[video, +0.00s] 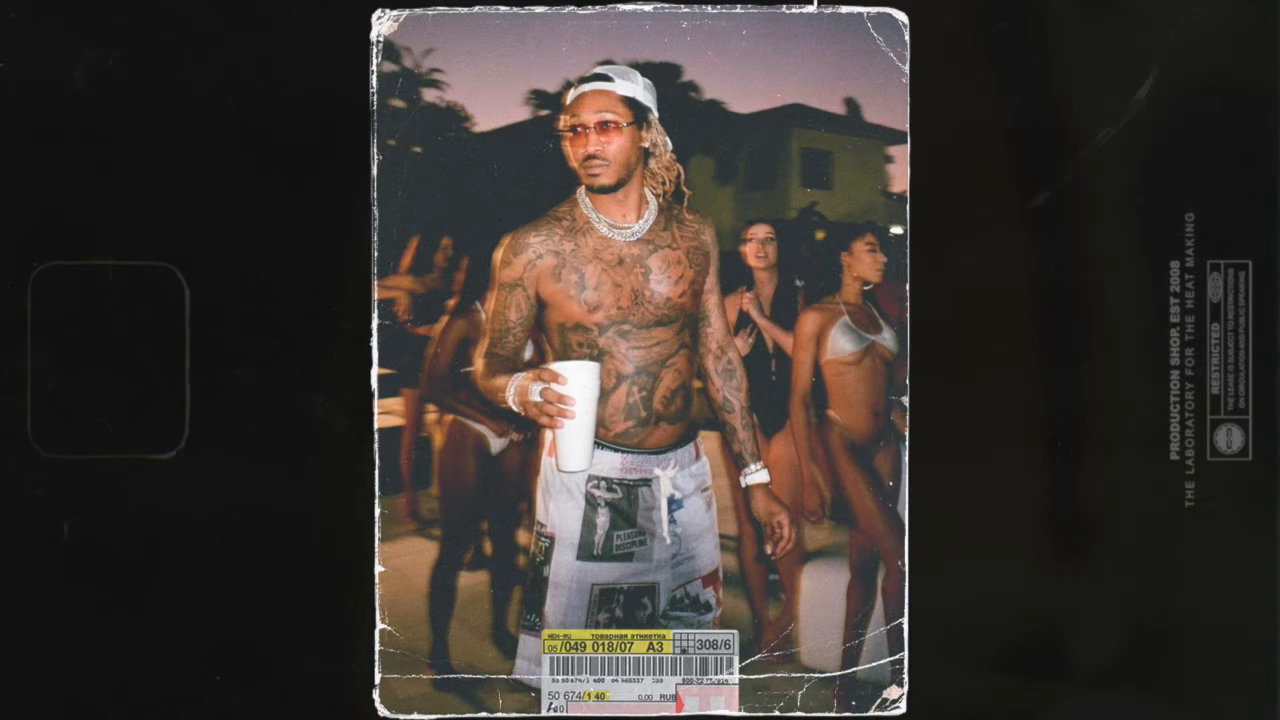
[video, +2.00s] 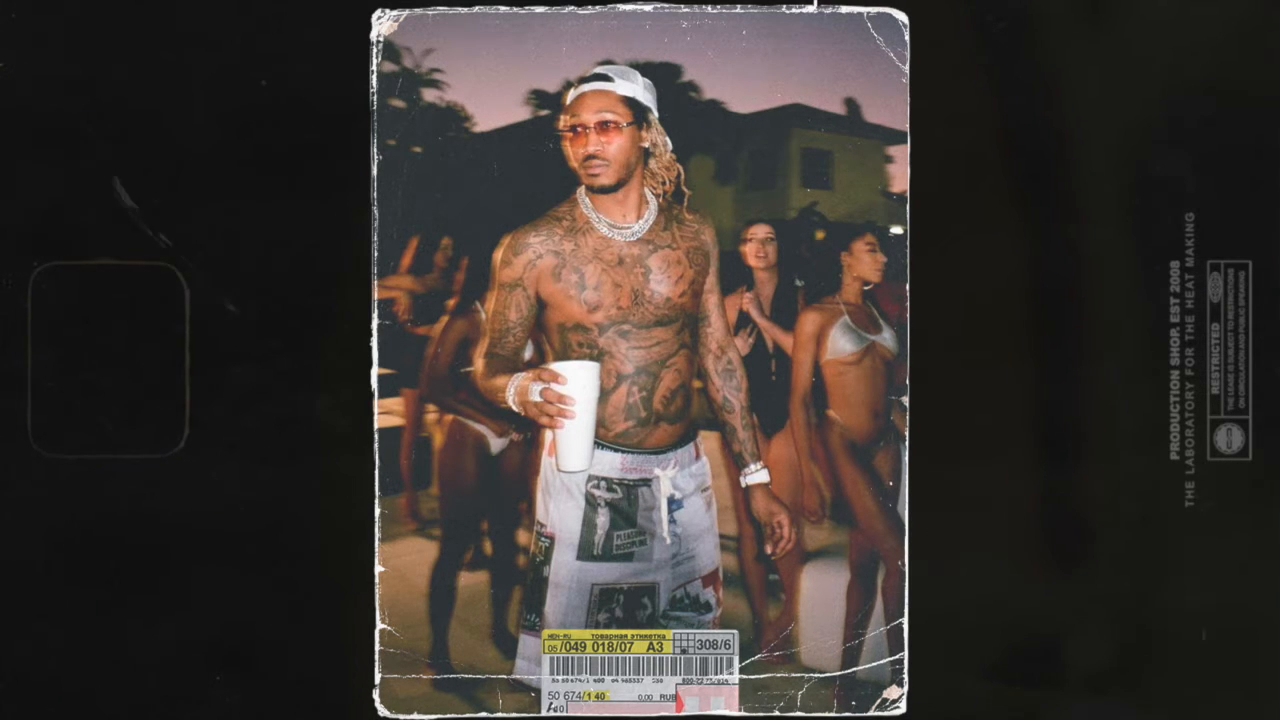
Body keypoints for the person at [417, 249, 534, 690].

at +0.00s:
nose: (517, 287)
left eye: (524, 280)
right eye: (510, 278)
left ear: (532, 288)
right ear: (495, 278)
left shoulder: (531, 333)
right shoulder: (466, 322)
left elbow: (542, 385)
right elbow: (435, 386)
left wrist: (530, 421)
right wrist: (490, 422)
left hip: (513, 445)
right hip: (465, 440)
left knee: (505, 540)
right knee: (456, 543)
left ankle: (502, 628)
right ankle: (439, 651)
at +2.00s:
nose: (514, 289)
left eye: (521, 282)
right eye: (508, 279)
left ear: (529, 290)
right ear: (493, 280)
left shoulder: (529, 331)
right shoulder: (465, 324)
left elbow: (542, 383)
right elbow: (435, 387)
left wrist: (529, 420)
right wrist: (491, 422)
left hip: (513, 448)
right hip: (465, 444)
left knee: (506, 542)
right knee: (455, 544)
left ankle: (501, 628)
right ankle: (439, 651)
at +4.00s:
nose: (517, 287)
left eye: (524, 279)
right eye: (511, 277)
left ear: (532, 287)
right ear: (496, 277)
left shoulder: (531, 332)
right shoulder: (466, 322)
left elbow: (543, 385)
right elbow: (434, 387)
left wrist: (529, 421)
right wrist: (489, 421)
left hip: (514, 445)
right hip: (465, 440)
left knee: (506, 541)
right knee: (456, 544)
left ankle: (501, 628)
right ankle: (439, 651)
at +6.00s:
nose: (515, 288)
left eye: (522, 280)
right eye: (508, 278)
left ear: (532, 288)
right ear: (494, 278)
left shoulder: (531, 333)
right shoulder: (465, 323)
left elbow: (543, 386)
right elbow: (434, 387)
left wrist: (529, 421)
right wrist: (490, 422)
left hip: (515, 443)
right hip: (465, 439)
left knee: (506, 540)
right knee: (456, 544)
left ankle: (501, 627)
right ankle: (439, 649)